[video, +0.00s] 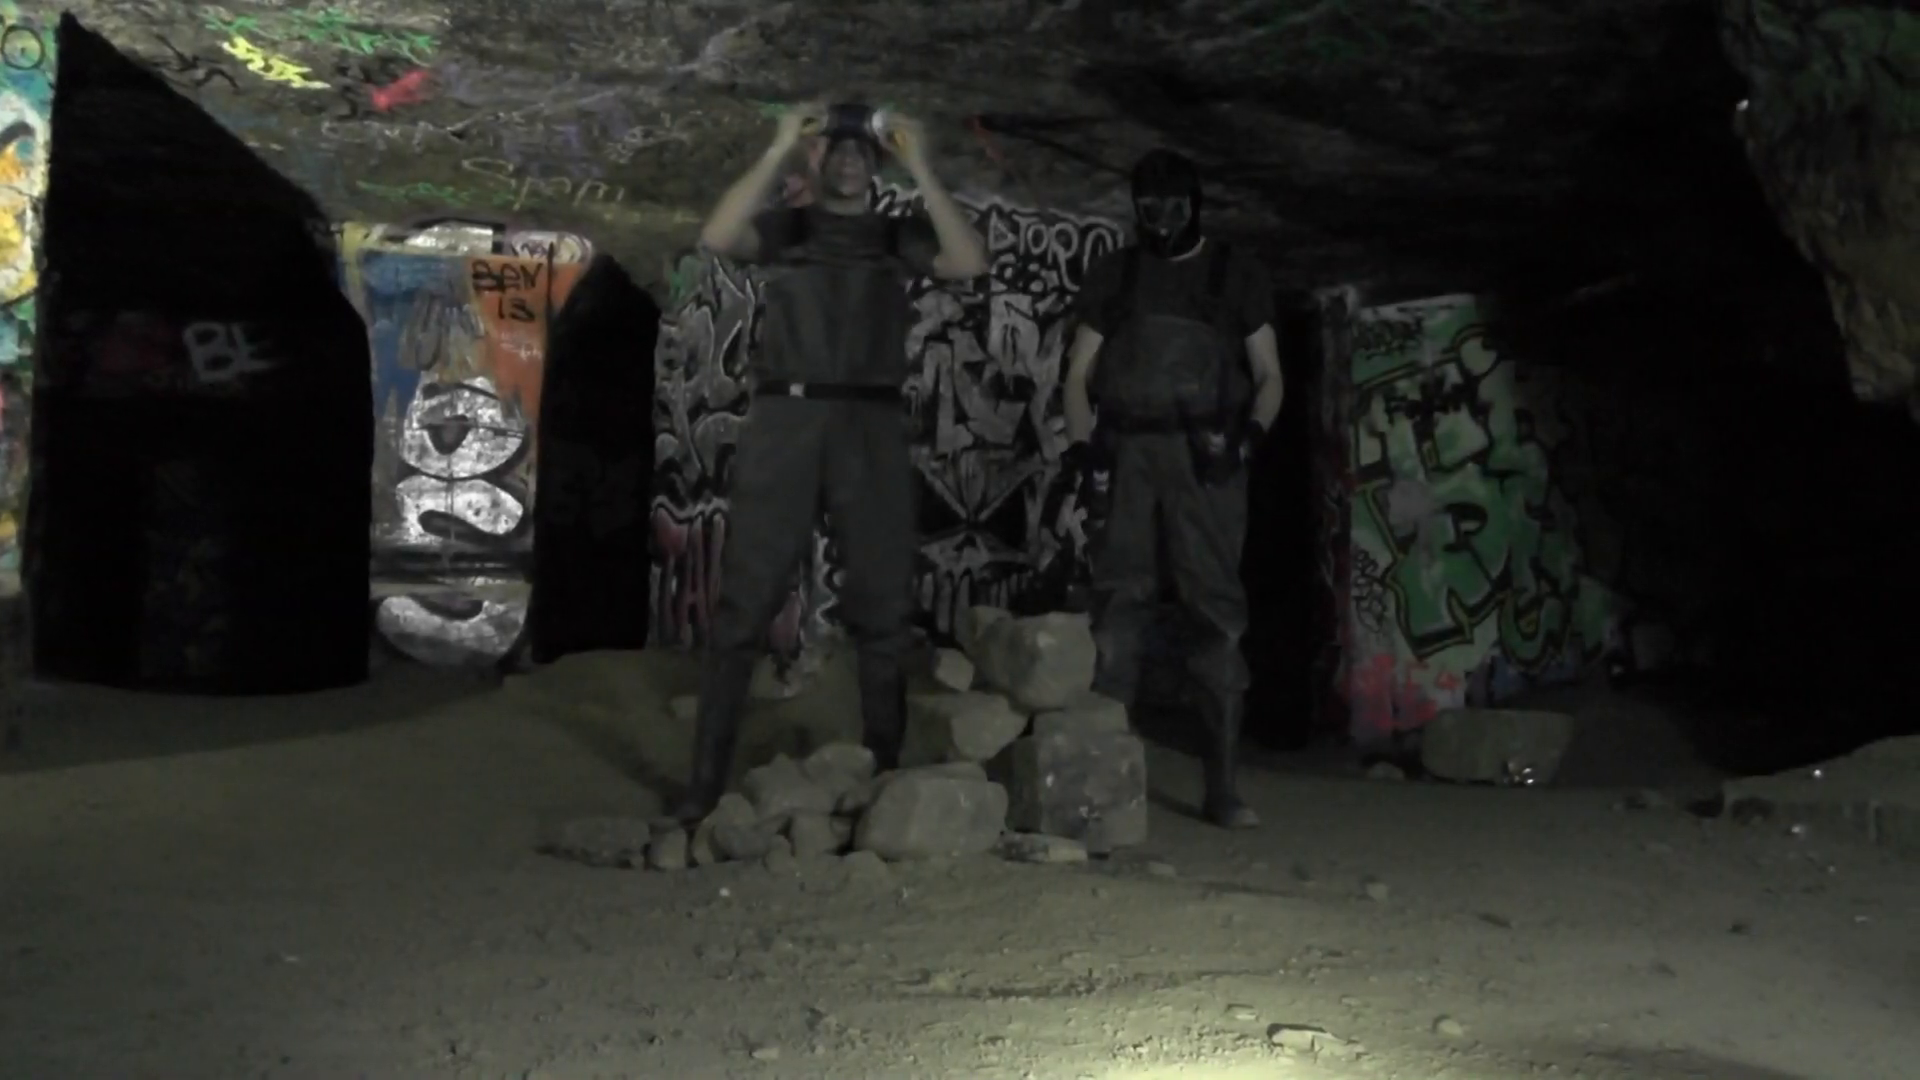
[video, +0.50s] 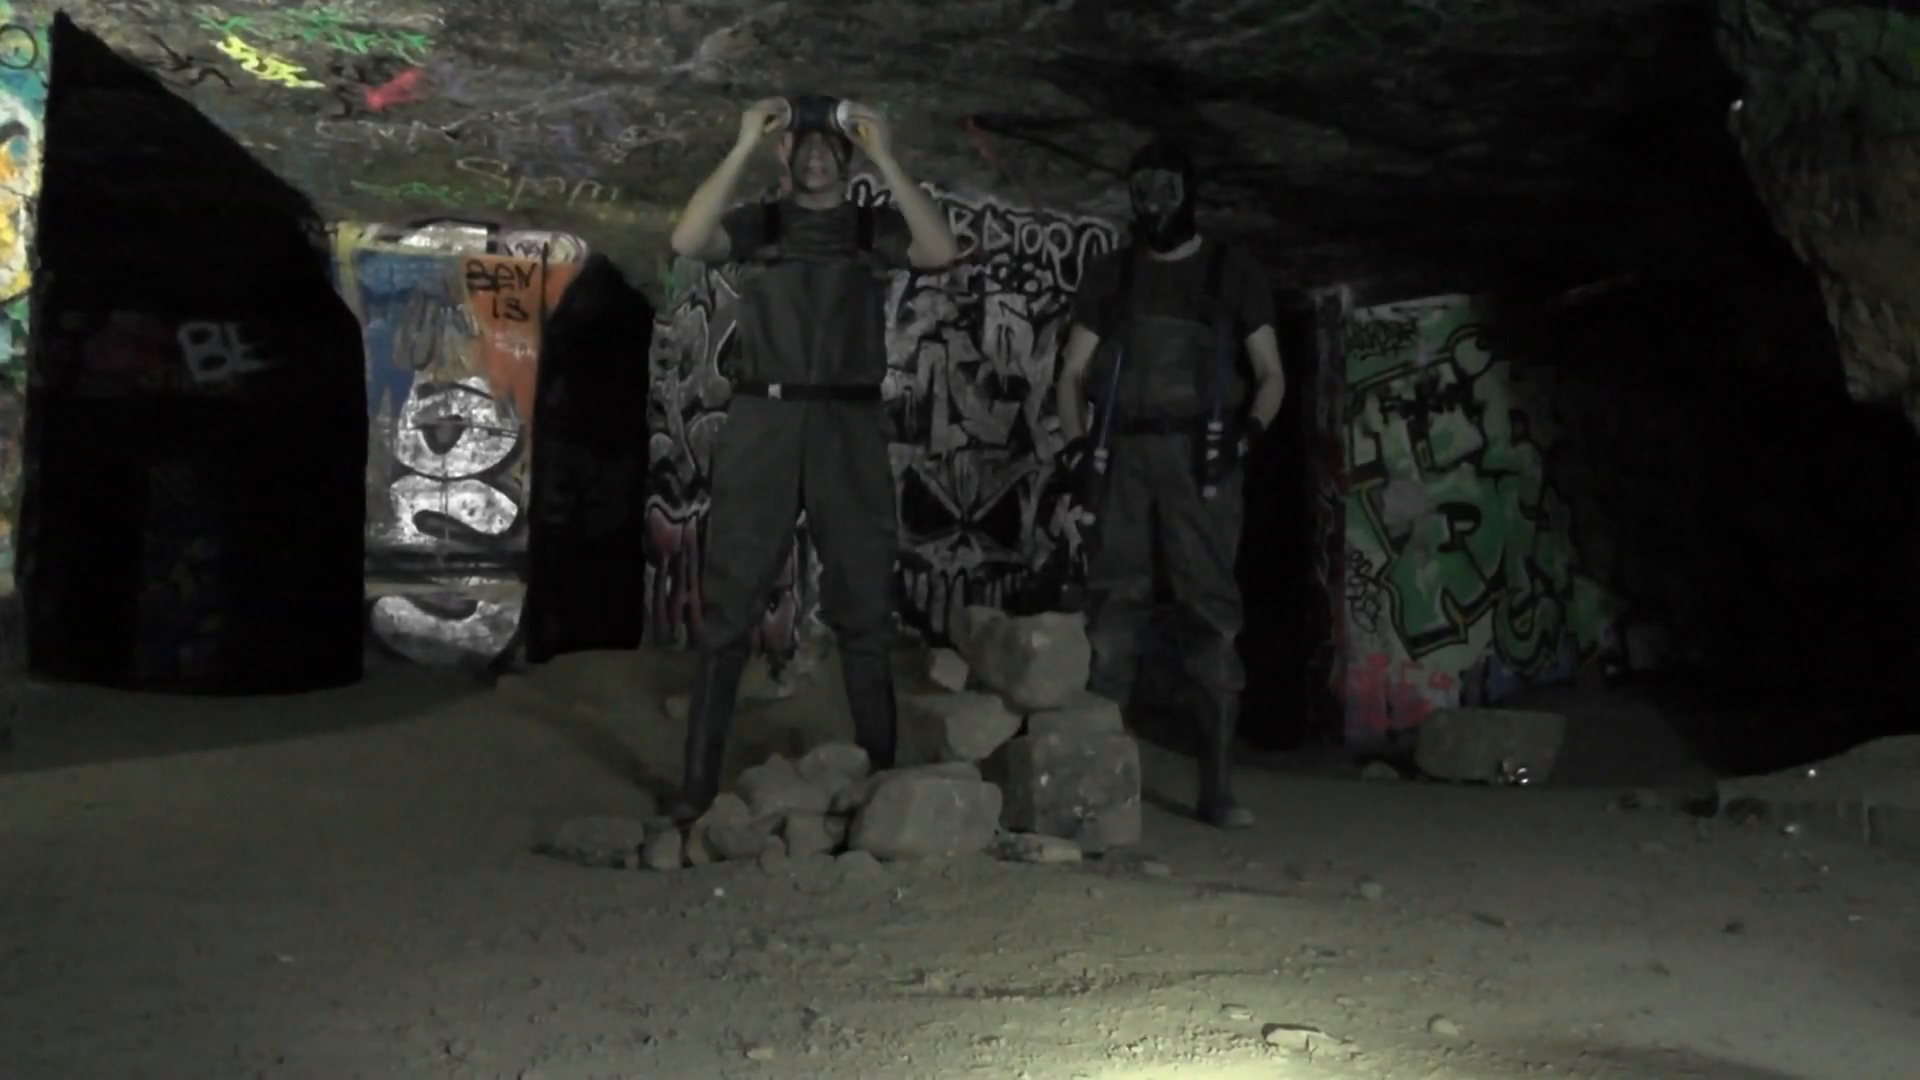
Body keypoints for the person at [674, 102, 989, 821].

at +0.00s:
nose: (846, 164)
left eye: (858, 154)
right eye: (834, 153)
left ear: (876, 168)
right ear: (809, 165)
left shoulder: (896, 233)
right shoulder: (782, 229)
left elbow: (969, 263)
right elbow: (719, 237)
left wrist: (918, 168)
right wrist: (779, 153)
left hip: (871, 436)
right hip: (782, 435)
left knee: (882, 610)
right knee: (744, 607)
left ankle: (884, 775)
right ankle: (706, 783)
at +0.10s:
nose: (838, 161)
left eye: (849, 151)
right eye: (825, 149)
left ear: (867, 164)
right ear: (800, 161)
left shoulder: (887, 230)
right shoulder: (773, 226)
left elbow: (960, 261)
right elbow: (711, 236)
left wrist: (908, 165)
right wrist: (769, 152)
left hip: (863, 436)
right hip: (776, 433)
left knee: (875, 610)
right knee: (739, 607)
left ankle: (883, 776)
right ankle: (703, 785)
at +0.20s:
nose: (827, 159)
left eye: (840, 148)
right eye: (814, 146)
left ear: (859, 161)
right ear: (790, 157)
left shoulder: (880, 230)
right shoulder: (766, 225)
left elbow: (951, 257)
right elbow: (701, 235)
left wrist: (899, 163)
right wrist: (762, 150)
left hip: (856, 437)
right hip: (769, 436)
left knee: (870, 615)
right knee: (733, 614)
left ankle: (884, 779)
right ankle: (700, 791)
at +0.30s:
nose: (822, 161)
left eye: (836, 150)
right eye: (810, 148)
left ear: (855, 161)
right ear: (787, 158)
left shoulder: (875, 230)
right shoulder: (761, 224)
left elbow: (945, 253)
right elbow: (694, 235)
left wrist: (892, 160)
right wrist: (754, 148)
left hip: (852, 441)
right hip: (763, 439)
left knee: (866, 615)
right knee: (729, 614)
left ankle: (882, 777)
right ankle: (699, 789)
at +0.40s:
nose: (818, 163)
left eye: (831, 152)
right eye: (805, 151)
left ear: (851, 162)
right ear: (783, 159)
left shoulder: (873, 229)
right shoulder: (757, 225)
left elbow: (941, 252)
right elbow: (689, 237)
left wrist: (887, 159)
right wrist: (749, 150)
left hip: (850, 440)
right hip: (762, 439)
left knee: (866, 615)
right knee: (729, 613)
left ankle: (882, 779)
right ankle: (697, 789)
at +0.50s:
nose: (816, 164)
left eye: (828, 153)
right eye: (803, 152)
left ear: (849, 160)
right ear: (781, 159)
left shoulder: (872, 228)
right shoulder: (756, 225)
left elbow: (939, 252)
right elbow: (688, 240)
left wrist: (883, 158)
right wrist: (745, 150)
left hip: (850, 439)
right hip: (761, 437)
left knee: (865, 615)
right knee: (729, 613)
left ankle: (882, 778)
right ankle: (697, 789)